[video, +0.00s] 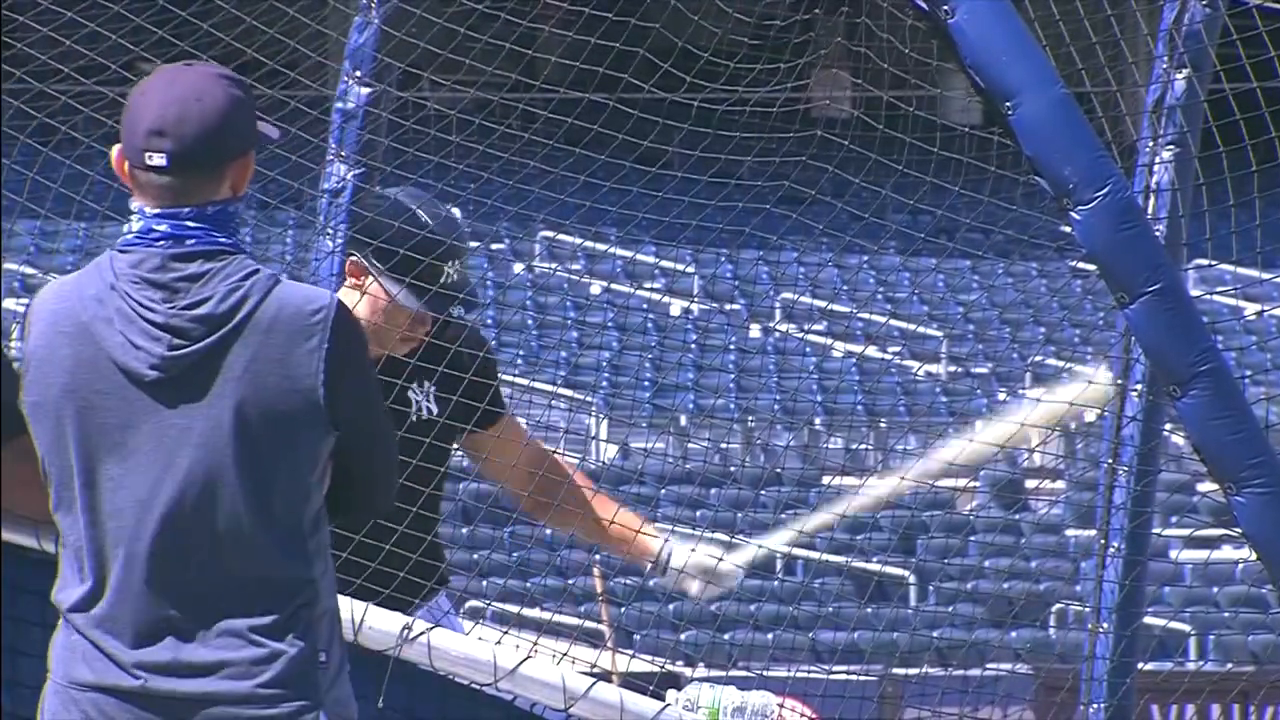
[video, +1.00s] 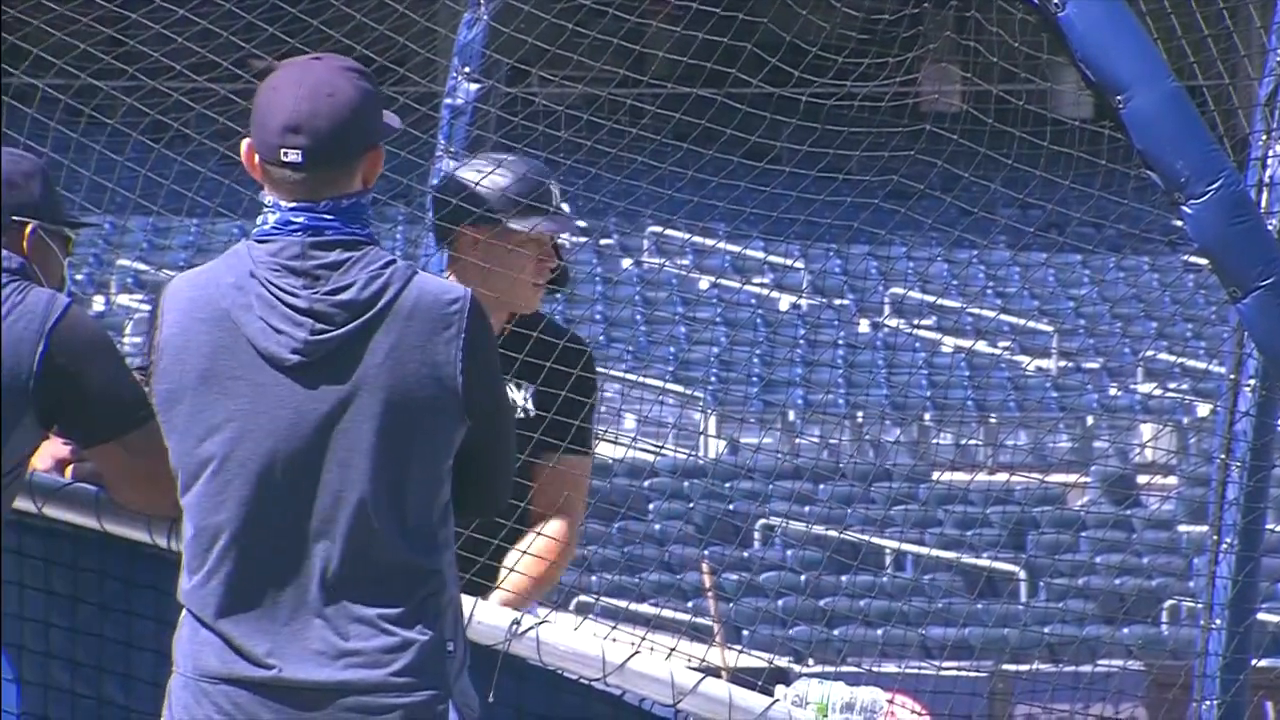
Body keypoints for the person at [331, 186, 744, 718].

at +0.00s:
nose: (427, 325)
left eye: (438, 307)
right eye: (414, 304)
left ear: (450, 295)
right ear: (354, 276)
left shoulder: (452, 353)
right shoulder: (286, 347)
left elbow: (533, 473)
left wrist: (660, 548)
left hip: (418, 618)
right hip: (302, 612)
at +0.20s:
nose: (443, 316)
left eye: (451, 299)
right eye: (429, 296)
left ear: (463, 293)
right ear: (370, 274)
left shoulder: (463, 355)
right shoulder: (296, 351)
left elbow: (568, 434)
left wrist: (715, 469)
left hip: (423, 631)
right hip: (305, 620)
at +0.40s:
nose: (493, 322)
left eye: (503, 304)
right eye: (479, 300)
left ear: (512, 301)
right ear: (421, 282)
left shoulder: (513, 369)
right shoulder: (339, 368)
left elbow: (630, 452)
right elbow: (301, 520)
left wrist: (768, 492)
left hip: (447, 657)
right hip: (334, 646)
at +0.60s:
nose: (528, 309)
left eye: (535, 293)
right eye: (511, 290)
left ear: (544, 294)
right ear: (449, 279)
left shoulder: (541, 382)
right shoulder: (360, 366)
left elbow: (609, 520)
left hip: (461, 651)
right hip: (341, 635)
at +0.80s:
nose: (546, 285)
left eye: (549, 269)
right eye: (528, 267)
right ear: (465, 264)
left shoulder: (557, 379)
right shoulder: (383, 349)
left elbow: (558, 542)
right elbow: (333, 501)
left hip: (490, 650)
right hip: (371, 631)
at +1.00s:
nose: (553, 261)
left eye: (555, 245)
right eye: (535, 243)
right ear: (470, 240)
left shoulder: (562, 361)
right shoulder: (396, 335)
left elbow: (556, 518)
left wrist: (486, 618)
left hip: (467, 616)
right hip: (362, 599)